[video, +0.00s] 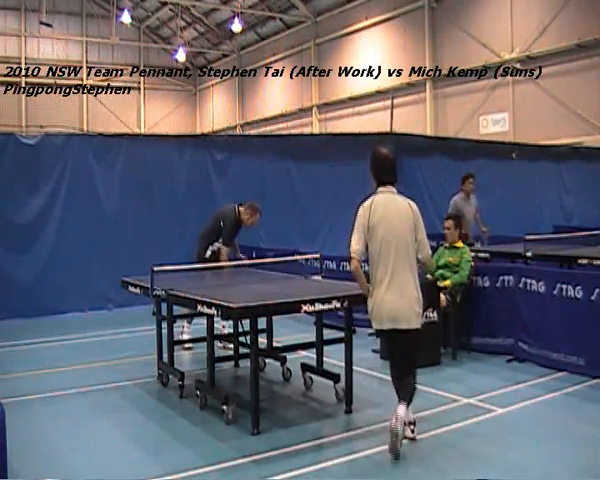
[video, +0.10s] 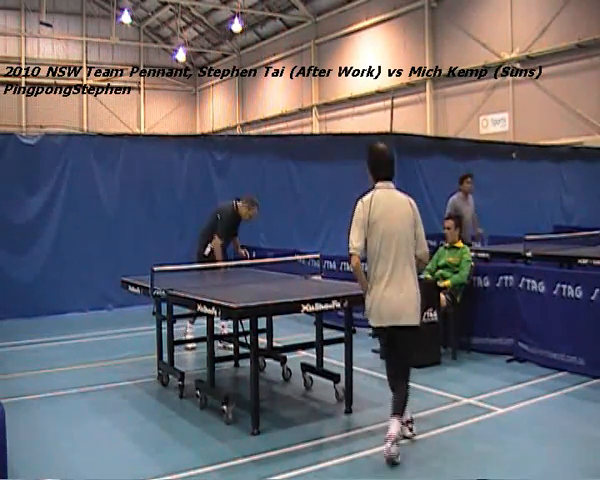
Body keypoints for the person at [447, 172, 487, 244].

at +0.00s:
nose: (472, 186)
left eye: (473, 184)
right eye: (469, 183)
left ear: (474, 186)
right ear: (463, 186)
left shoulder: (473, 198)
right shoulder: (455, 201)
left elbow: (476, 213)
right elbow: (450, 218)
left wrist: (481, 228)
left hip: (471, 234)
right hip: (459, 235)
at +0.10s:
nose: (470, 186)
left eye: (471, 183)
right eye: (467, 183)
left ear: (472, 185)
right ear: (461, 185)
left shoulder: (470, 198)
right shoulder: (454, 200)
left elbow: (473, 214)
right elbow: (448, 217)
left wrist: (476, 230)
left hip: (468, 234)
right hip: (457, 236)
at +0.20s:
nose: (468, 185)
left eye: (469, 183)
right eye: (465, 183)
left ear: (470, 185)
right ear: (459, 185)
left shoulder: (469, 198)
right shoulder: (452, 200)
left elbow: (471, 214)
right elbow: (446, 217)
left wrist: (473, 230)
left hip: (467, 234)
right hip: (455, 236)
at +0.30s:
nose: (467, 187)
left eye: (468, 185)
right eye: (465, 184)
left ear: (469, 186)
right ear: (459, 187)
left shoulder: (469, 200)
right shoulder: (451, 202)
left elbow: (470, 217)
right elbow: (445, 218)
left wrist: (472, 233)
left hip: (467, 236)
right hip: (455, 237)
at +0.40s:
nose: (467, 189)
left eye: (468, 187)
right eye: (465, 187)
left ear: (469, 189)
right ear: (459, 189)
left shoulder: (469, 201)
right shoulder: (451, 204)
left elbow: (470, 217)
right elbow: (445, 220)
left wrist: (474, 232)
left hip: (466, 235)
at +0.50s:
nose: (468, 187)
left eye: (469, 185)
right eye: (466, 184)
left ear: (470, 186)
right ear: (459, 187)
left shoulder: (467, 198)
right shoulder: (454, 202)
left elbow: (470, 212)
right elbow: (451, 220)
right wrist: (462, 226)